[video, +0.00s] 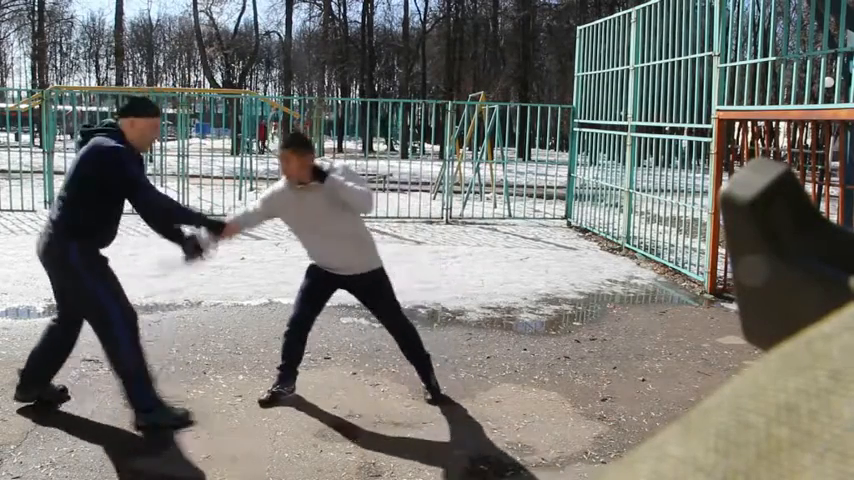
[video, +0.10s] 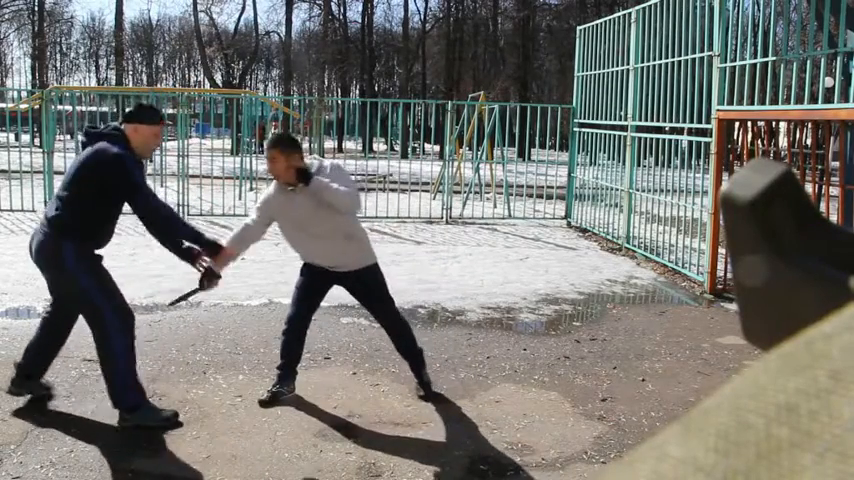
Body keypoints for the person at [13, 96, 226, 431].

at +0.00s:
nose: (157, 135)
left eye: (158, 128)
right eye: (153, 127)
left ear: (130, 124)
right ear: (131, 123)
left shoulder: (114, 150)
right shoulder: (113, 154)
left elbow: (148, 206)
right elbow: (152, 202)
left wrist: (183, 238)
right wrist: (206, 221)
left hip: (62, 247)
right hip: (74, 251)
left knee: (68, 320)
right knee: (120, 321)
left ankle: (32, 385)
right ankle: (149, 410)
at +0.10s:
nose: (160, 140)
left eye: (161, 133)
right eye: (156, 132)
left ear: (131, 130)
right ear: (133, 129)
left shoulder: (113, 154)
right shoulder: (117, 159)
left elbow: (151, 216)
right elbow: (156, 212)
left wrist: (187, 252)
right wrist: (209, 244)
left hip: (53, 245)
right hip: (67, 251)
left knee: (65, 308)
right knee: (116, 319)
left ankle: (25, 377)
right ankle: (133, 407)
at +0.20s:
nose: (151, 145)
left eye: (152, 138)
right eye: (147, 137)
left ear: (121, 133)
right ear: (124, 133)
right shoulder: (108, 166)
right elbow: (146, 220)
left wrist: (189, 246)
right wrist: (195, 248)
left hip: (50, 252)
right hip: (68, 259)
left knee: (64, 314)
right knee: (122, 322)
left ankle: (9, 372)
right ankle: (134, 408)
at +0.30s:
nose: (133, 139)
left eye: (135, 133)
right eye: (130, 131)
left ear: (106, 127)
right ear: (107, 126)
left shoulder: (93, 155)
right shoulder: (88, 161)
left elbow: (118, 213)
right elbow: (119, 219)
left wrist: (155, 226)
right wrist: (164, 231)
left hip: (52, 254)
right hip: (62, 258)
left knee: (55, 321)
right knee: (115, 322)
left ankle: (5, 382)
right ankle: (134, 409)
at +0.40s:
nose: (121, 126)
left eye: (122, 119)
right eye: (116, 118)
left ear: (95, 118)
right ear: (92, 116)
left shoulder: (84, 148)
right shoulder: (67, 151)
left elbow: (92, 196)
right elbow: (77, 204)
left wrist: (130, 201)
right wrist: (132, 202)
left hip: (52, 249)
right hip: (58, 253)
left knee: (47, 321)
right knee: (104, 326)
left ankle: (5, 383)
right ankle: (133, 408)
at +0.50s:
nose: (105, 116)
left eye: (106, 109)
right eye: (100, 108)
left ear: (82, 108)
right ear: (77, 106)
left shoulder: (71, 137)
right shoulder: (57, 140)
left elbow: (73, 188)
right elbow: (66, 195)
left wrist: (105, 171)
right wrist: (107, 171)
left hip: (54, 246)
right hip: (58, 249)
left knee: (40, 319)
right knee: (102, 316)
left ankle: (6, 383)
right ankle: (116, 404)